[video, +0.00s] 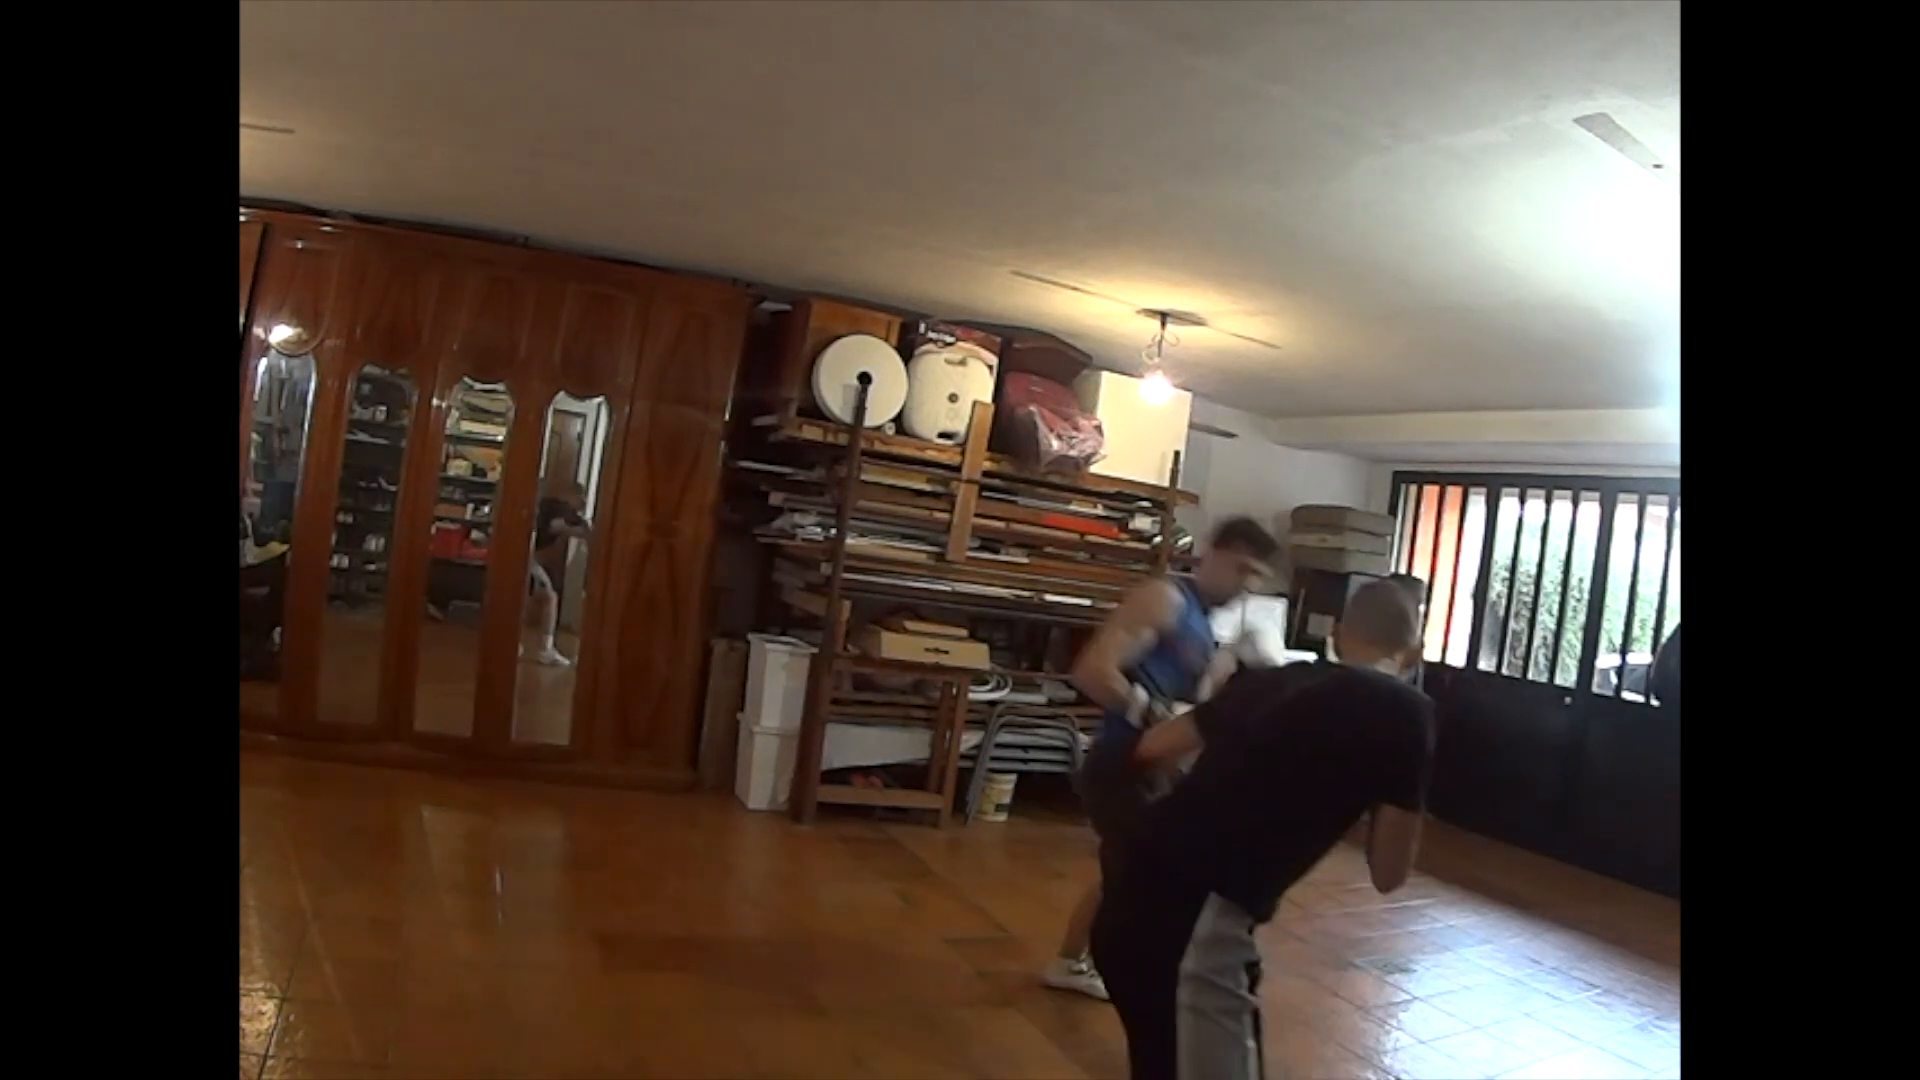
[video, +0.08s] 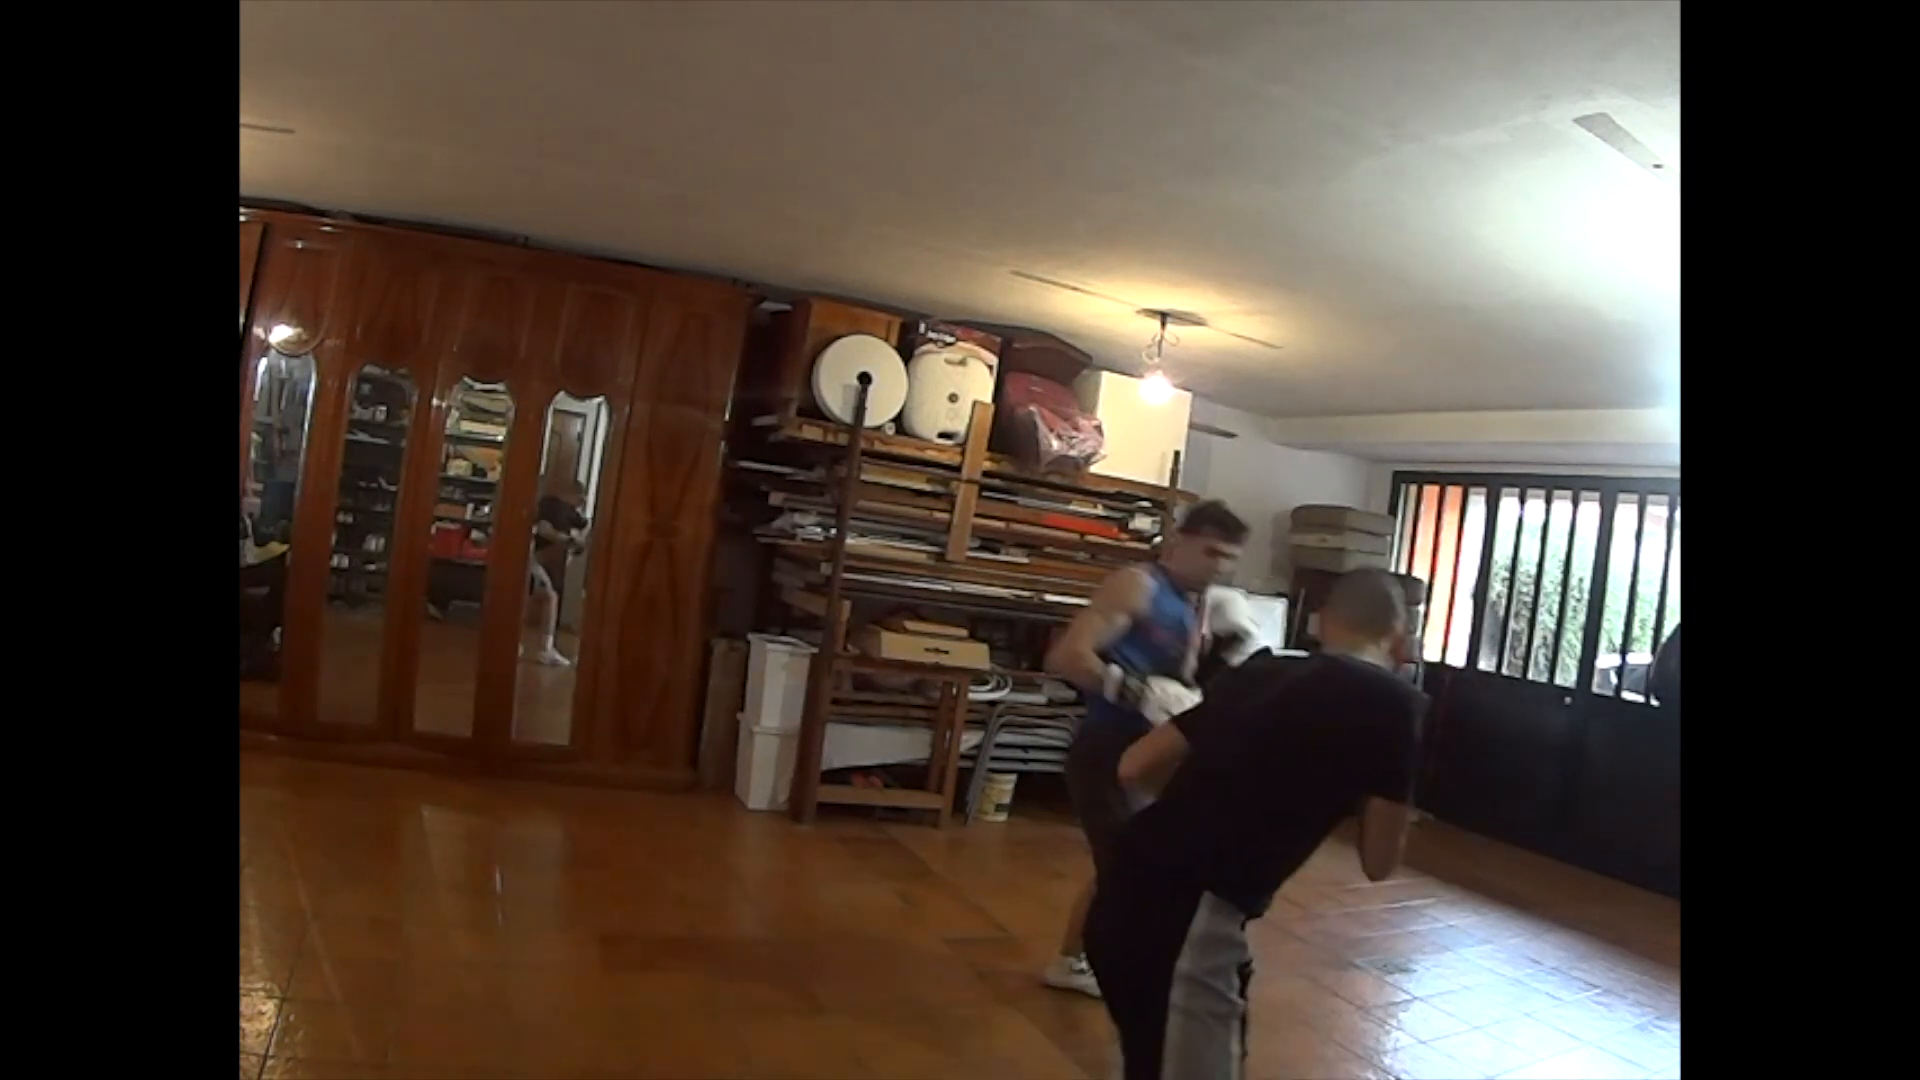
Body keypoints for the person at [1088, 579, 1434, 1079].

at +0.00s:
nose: (1417, 660)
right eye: (1418, 649)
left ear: (1338, 634)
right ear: (1412, 650)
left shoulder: (1272, 679)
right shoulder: (1404, 711)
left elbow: (1152, 746)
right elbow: (1389, 874)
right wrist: (1377, 793)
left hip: (1128, 907)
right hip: (1200, 938)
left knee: (1158, 1068)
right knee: (1215, 1069)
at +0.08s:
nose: (1406, 651)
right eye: (1406, 641)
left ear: (1319, 625)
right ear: (1398, 642)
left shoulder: (1262, 671)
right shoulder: (1391, 702)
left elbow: (1135, 765)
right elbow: (1379, 862)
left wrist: (1201, 802)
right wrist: (1363, 774)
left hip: (1123, 899)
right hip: (1195, 930)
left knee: (1148, 1065)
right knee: (1197, 1069)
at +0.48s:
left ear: (1231, 530)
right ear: (1321, 543)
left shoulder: (1160, 614)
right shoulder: (1328, 640)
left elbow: (1058, 742)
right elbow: (1325, 805)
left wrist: (1142, 747)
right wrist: (1258, 757)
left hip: (1095, 882)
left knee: (1074, 1059)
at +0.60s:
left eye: (1205, 526)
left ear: (1206, 530)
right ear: (1290, 537)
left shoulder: (1144, 620)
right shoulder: (1317, 634)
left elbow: (1046, 751)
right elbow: (1313, 800)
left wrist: (1112, 743)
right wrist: (1243, 761)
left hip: (1097, 883)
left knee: (1089, 1060)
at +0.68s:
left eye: (1191, 526)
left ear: (1192, 530)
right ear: (1274, 537)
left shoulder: (1137, 623)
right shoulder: (1310, 630)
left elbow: (1047, 753)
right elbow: (1310, 789)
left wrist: (1111, 733)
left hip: (1104, 870)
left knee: (1099, 1062)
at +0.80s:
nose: (1171, 530)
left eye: (1170, 519)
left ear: (1179, 518)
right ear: (1253, 523)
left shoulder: (1132, 610)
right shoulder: (1303, 608)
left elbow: (1062, 738)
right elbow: (1305, 757)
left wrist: (1125, 689)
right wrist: (1249, 708)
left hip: (1115, 861)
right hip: (1218, 876)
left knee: (1114, 1052)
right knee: (1211, 1059)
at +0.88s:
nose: (1173, 527)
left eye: (1172, 515)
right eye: (1175, 516)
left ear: (1182, 512)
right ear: (1255, 516)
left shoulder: (1137, 603)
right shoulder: (1309, 598)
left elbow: (1068, 729)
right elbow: (1309, 743)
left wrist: (1122, 672)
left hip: (1136, 843)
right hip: (1242, 857)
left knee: (1115, 1034)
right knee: (1242, 1044)